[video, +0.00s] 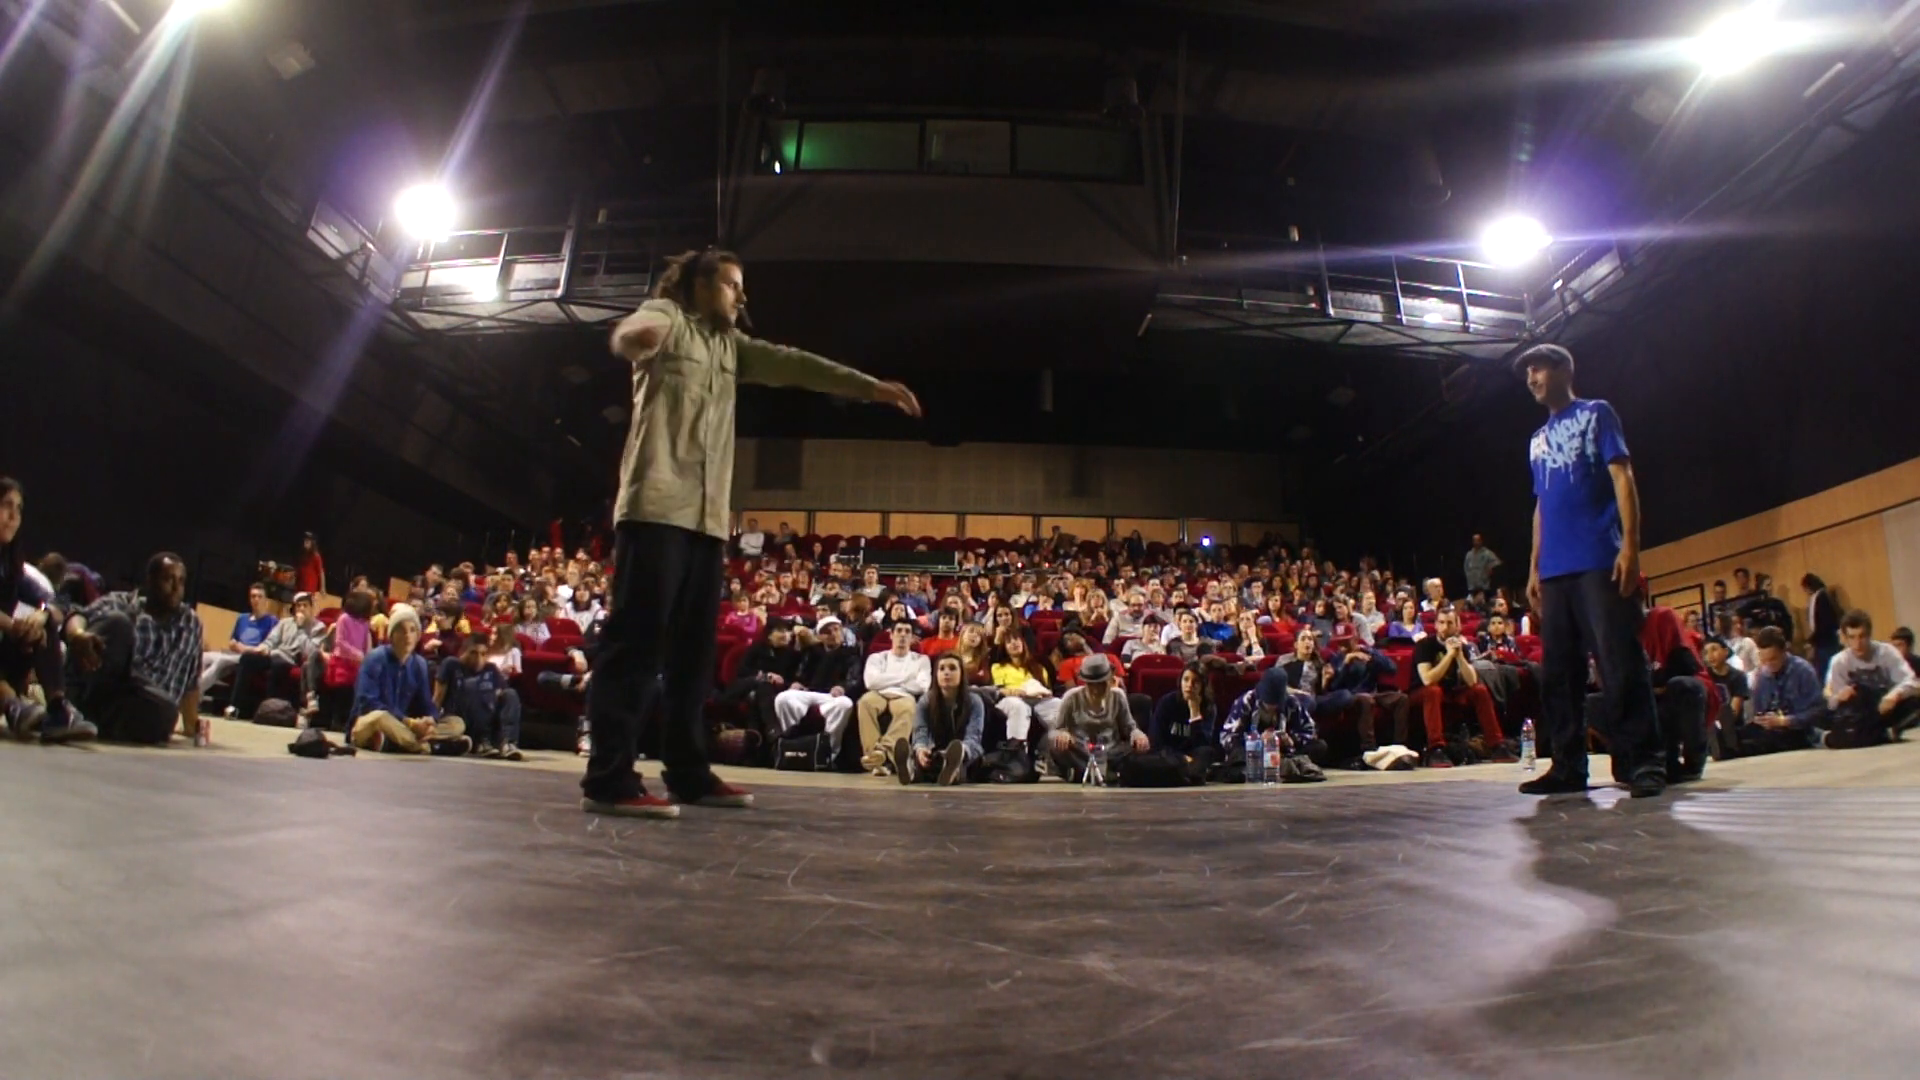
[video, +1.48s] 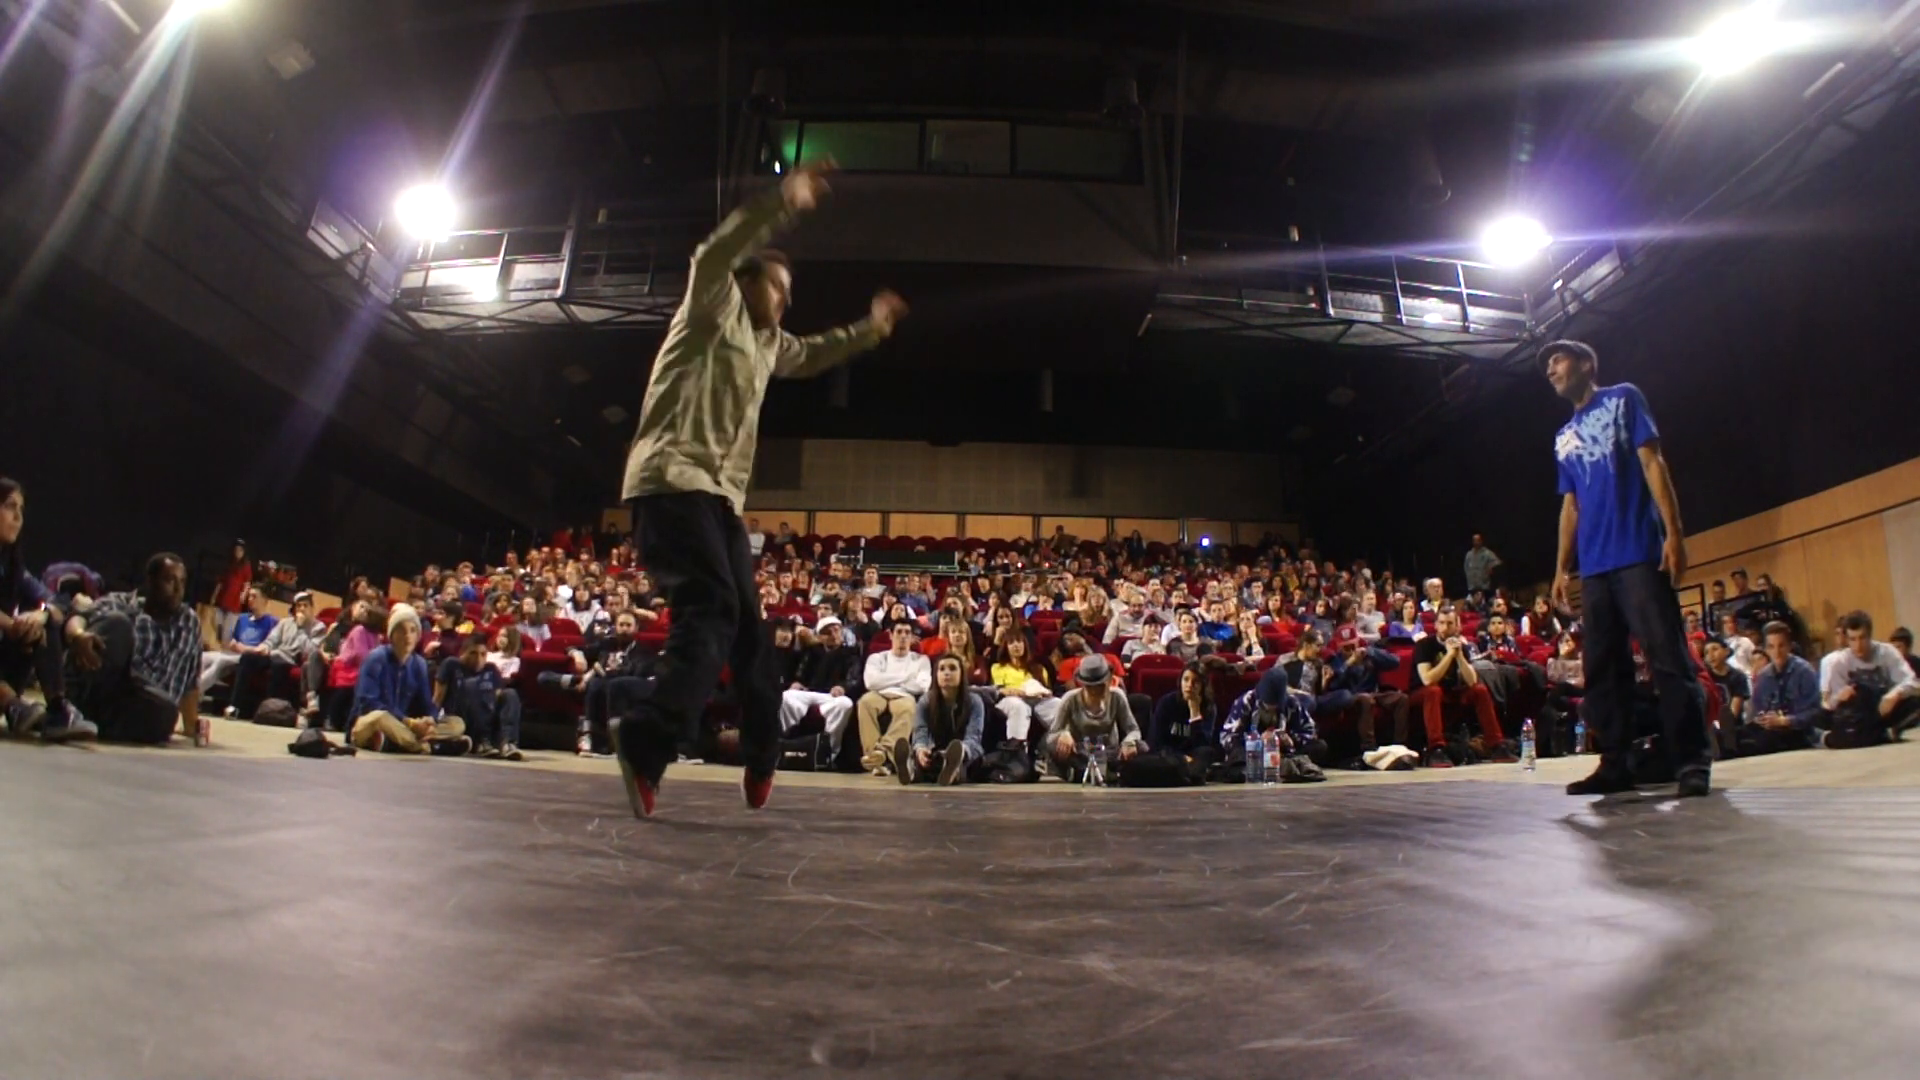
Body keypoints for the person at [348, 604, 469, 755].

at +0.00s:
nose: (408, 636)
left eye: (413, 630)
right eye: (401, 631)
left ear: (418, 635)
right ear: (391, 635)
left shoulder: (420, 664)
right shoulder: (375, 659)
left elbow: (426, 704)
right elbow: (367, 703)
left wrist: (430, 720)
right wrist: (406, 722)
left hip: (411, 725)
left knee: (457, 723)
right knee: (380, 717)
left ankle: (395, 744)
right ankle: (426, 748)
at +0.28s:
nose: (408, 637)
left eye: (412, 631)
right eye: (401, 631)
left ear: (418, 635)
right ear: (391, 635)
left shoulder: (420, 664)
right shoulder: (375, 658)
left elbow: (426, 705)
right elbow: (367, 703)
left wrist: (430, 720)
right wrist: (407, 722)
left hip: (411, 726)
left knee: (457, 724)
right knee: (381, 718)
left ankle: (394, 744)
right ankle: (426, 748)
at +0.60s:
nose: (408, 636)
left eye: (412, 630)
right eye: (401, 631)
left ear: (418, 635)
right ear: (391, 635)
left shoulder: (419, 664)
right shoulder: (376, 658)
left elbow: (425, 704)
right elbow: (367, 703)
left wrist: (430, 720)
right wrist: (407, 722)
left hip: (412, 725)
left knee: (457, 723)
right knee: (381, 717)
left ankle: (395, 744)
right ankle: (426, 748)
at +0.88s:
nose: (408, 637)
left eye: (413, 631)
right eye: (402, 631)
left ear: (418, 635)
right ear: (391, 635)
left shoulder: (419, 664)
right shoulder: (375, 659)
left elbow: (426, 704)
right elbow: (368, 703)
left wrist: (430, 720)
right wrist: (407, 722)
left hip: (411, 725)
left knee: (457, 724)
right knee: (380, 717)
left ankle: (394, 744)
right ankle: (426, 748)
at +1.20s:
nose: (408, 637)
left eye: (413, 631)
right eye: (401, 631)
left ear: (418, 635)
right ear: (391, 635)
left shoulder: (420, 664)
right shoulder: (376, 659)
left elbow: (426, 704)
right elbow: (367, 703)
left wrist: (430, 720)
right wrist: (407, 722)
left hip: (411, 724)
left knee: (457, 723)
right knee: (381, 717)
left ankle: (394, 744)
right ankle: (425, 748)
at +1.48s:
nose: (408, 637)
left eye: (413, 631)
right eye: (401, 631)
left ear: (418, 635)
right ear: (391, 635)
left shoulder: (419, 664)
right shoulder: (376, 659)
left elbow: (426, 704)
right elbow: (367, 703)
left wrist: (430, 720)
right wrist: (407, 722)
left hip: (411, 725)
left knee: (457, 724)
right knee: (380, 717)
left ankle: (394, 744)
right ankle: (425, 748)